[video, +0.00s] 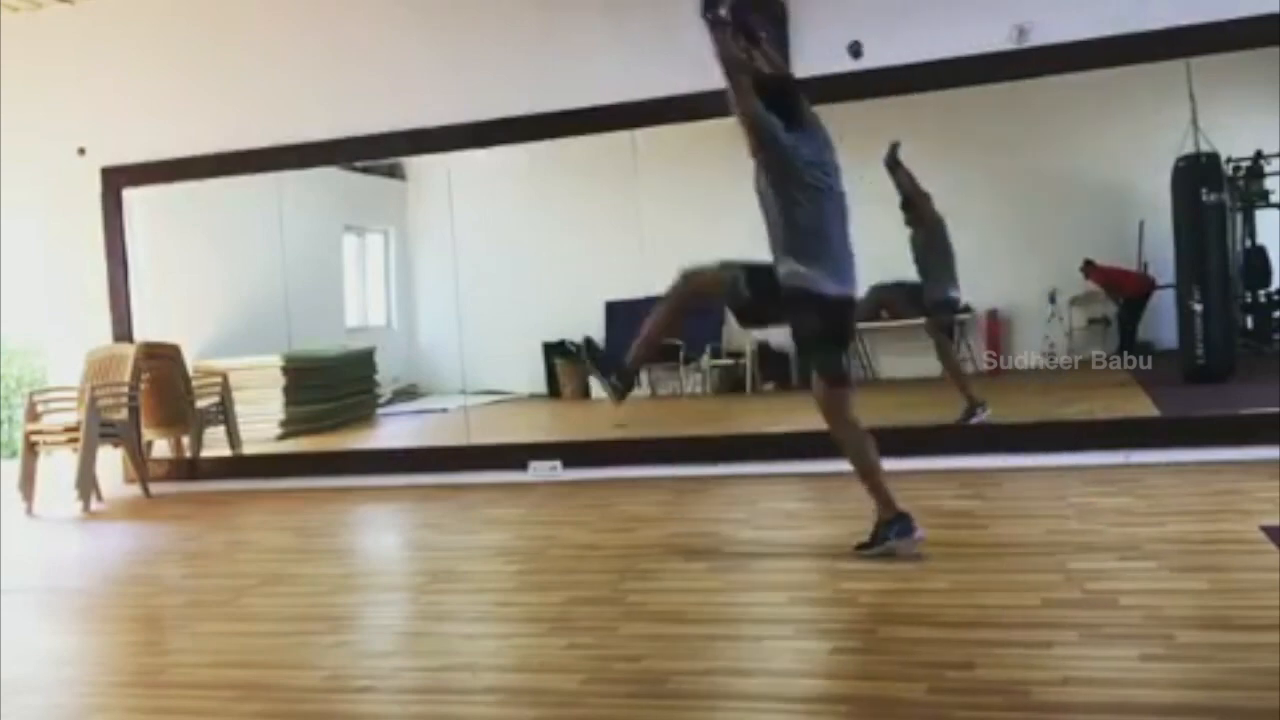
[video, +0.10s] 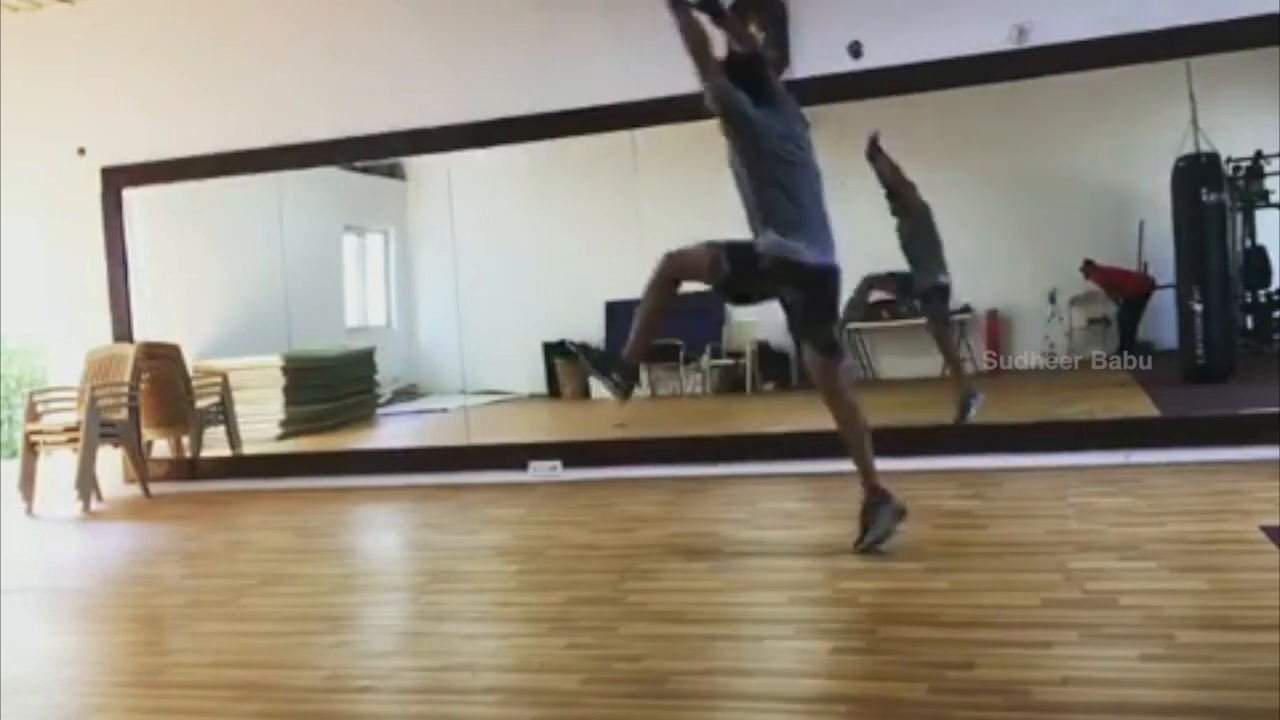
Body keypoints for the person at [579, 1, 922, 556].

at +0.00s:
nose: (748, 119)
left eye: (750, 109)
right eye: (748, 106)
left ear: (765, 110)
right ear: (794, 104)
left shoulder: (780, 146)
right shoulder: (817, 142)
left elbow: (742, 89)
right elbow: (780, 85)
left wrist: (717, 31)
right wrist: (748, 41)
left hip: (797, 290)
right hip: (835, 299)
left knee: (692, 284)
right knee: (837, 412)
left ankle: (625, 374)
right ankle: (891, 515)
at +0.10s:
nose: (717, 90)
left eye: (720, 83)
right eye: (726, 74)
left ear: (733, 90)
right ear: (771, 75)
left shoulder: (745, 119)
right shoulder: (791, 115)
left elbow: (704, 60)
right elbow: (758, 54)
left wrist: (677, 8)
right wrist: (722, 15)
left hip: (775, 258)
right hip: (820, 268)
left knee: (672, 267)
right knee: (833, 382)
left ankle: (626, 368)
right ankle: (877, 495)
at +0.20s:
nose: (663, 82)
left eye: (665, 77)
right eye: (665, 74)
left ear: (678, 79)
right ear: (712, 67)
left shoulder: (694, 103)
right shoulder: (740, 95)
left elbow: (639, 56)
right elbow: (700, 36)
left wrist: (601, 6)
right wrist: (661, 6)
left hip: (738, 240)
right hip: (787, 243)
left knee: (650, 294)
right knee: (807, 361)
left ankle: (621, 401)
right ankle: (838, 474)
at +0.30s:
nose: (636, 114)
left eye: (639, 103)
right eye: (636, 103)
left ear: (656, 94)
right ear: (685, 78)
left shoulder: (672, 117)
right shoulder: (717, 105)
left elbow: (610, 78)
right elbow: (673, 54)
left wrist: (566, 32)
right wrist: (631, 20)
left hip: (718, 251)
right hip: (768, 251)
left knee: (645, 321)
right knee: (790, 364)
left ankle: (623, 432)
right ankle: (824, 474)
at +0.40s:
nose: (595, 160)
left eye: (596, 153)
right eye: (594, 151)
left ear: (607, 150)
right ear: (637, 132)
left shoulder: (623, 178)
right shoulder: (667, 152)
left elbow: (561, 180)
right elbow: (624, 109)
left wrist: (502, 162)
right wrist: (575, 81)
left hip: (684, 307)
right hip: (735, 302)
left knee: (624, 382)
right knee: (757, 405)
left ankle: (633, 488)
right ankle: (820, 504)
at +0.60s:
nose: (481, 324)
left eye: (478, 317)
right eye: (478, 310)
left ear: (490, 322)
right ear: (504, 290)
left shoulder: (530, 345)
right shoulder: (527, 280)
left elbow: (504, 423)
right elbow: (475, 254)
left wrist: (471, 480)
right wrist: (418, 261)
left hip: (682, 323)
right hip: (646, 344)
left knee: (764, 374)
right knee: (607, 437)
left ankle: (846, 453)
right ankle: (656, 526)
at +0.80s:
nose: (476, 462)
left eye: (477, 459)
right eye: (465, 458)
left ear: (489, 443)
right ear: (452, 427)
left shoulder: (523, 426)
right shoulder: (451, 378)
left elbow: (514, 493)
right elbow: (385, 358)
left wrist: (502, 554)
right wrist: (359, 391)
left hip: (585, 326)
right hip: (546, 279)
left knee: (635, 404)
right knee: (584, 173)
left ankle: (716, 466)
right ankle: (611, 75)